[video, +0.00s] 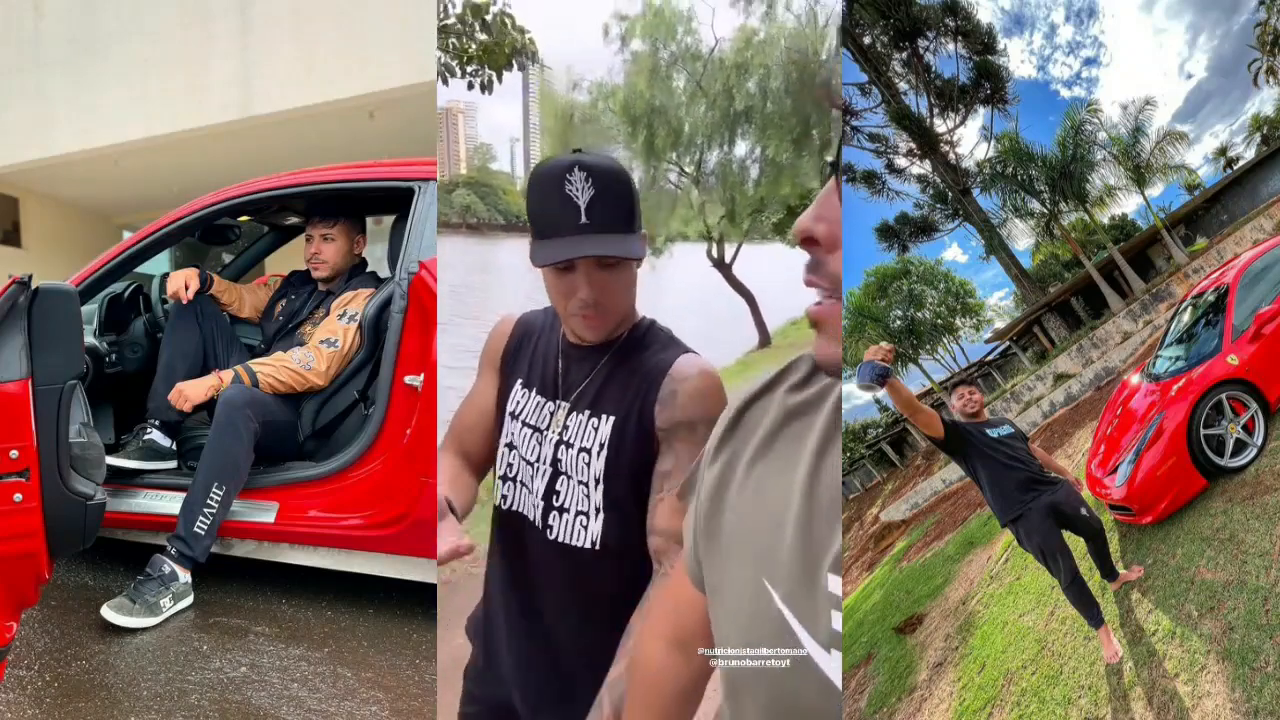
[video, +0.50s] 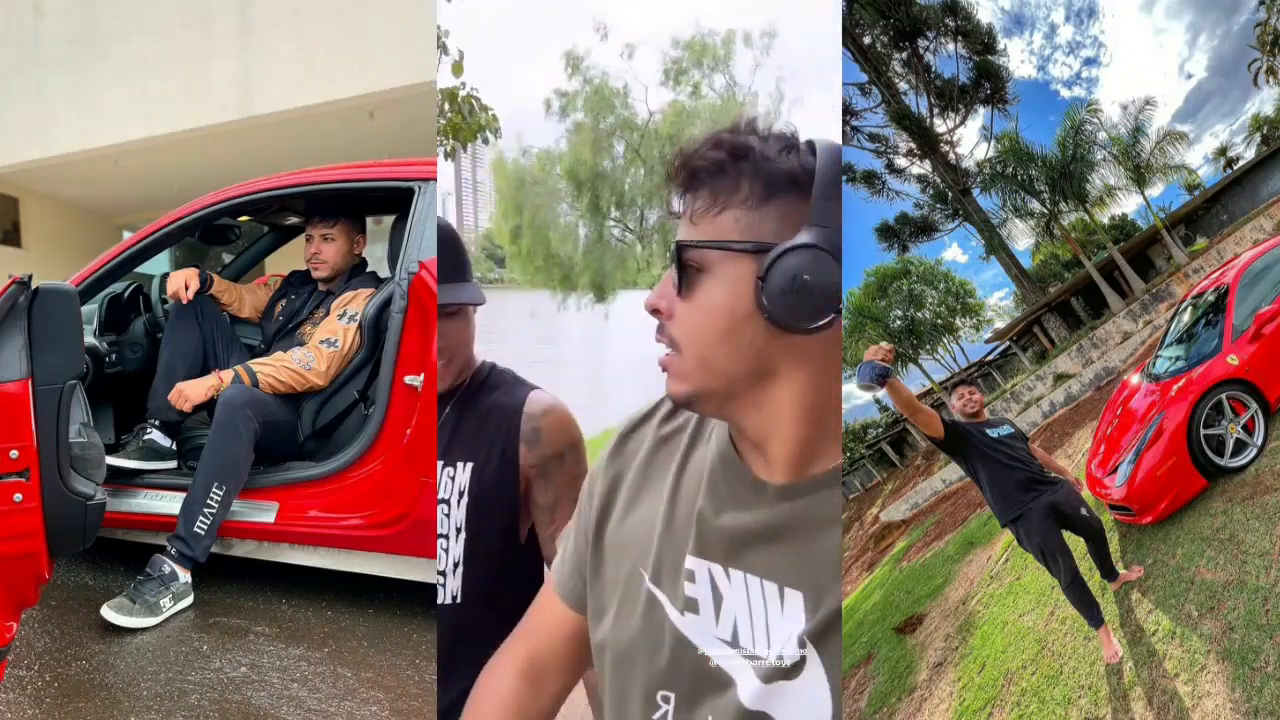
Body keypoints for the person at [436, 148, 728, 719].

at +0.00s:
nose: (585, 289)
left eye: (608, 264)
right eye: (564, 266)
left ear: (640, 257)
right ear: (539, 264)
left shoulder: (682, 386)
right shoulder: (515, 342)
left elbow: (677, 561)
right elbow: (462, 454)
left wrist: (615, 706)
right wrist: (444, 512)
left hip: (604, 690)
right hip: (500, 670)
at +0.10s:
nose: (567, 290)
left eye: (591, 264)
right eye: (544, 266)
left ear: (620, 258)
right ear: (519, 264)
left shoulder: (662, 388)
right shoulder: (494, 346)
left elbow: (657, 567)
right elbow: (439, 468)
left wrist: (589, 708)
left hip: (587, 696)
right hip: (483, 679)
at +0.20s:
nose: (538, 304)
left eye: (558, 277)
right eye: (514, 280)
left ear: (588, 273)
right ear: (489, 281)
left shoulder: (633, 400)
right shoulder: (463, 364)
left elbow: (634, 580)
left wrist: (581, 709)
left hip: (564, 697)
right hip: (464, 684)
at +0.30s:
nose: (501, 314)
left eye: (521, 284)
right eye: (476, 291)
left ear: (549, 281)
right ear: (451, 293)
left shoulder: (598, 402)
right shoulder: (438, 374)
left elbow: (611, 576)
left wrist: (590, 707)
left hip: (552, 696)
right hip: (459, 685)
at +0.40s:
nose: (465, 329)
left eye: (482, 301)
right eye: (441, 307)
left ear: (508, 296)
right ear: (413, 315)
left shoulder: (564, 413)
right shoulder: (415, 402)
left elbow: (599, 585)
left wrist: (609, 706)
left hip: (533, 698)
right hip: (448, 691)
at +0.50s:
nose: (431, 336)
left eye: (448, 313)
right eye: (417, 314)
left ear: (474, 310)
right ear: (393, 319)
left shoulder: (532, 424)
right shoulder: (377, 415)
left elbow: (581, 607)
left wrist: (607, 707)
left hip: (481, 699)